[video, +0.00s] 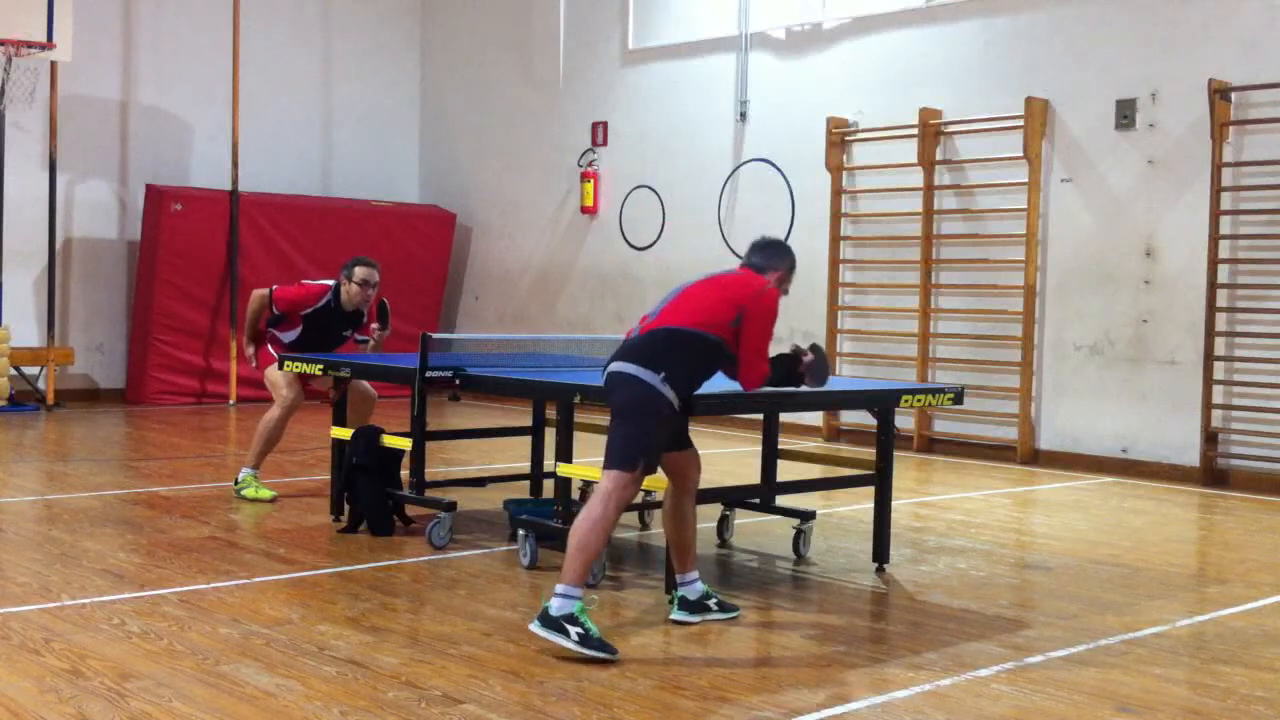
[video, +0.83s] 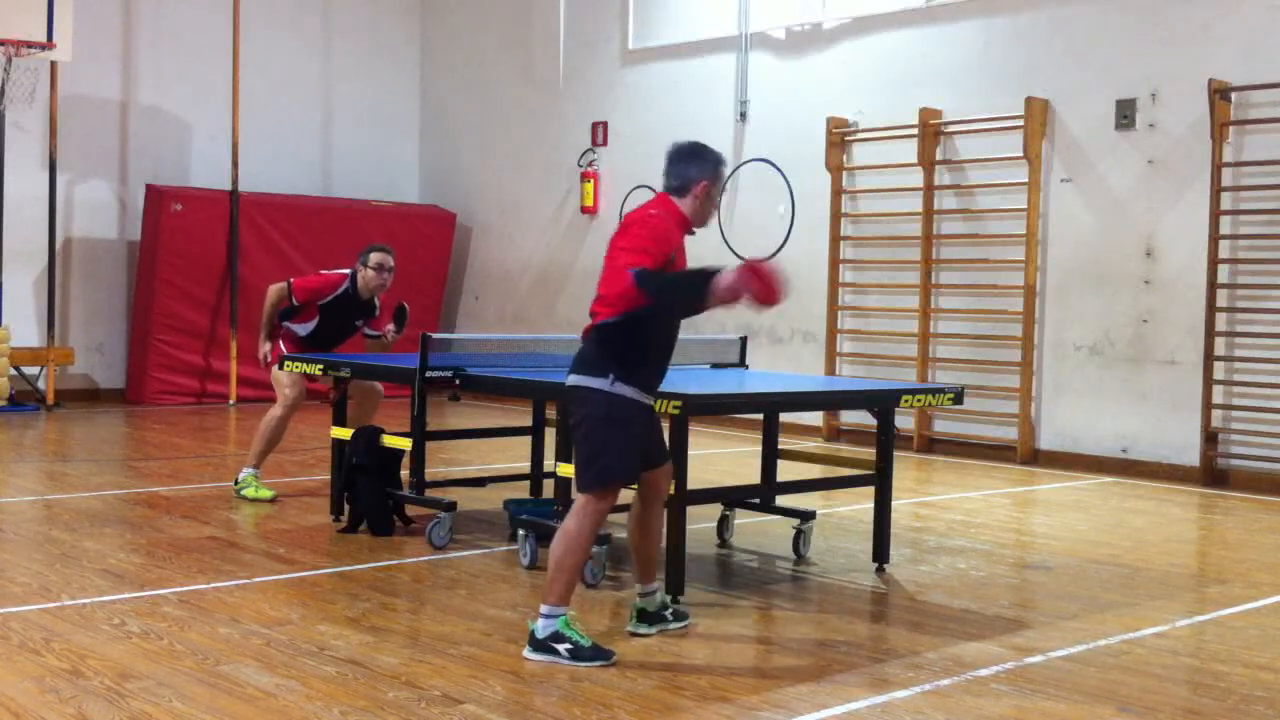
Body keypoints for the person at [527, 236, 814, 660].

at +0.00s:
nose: (783, 293)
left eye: (785, 286)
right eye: (785, 284)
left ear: (750, 264)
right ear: (777, 274)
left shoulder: (720, 284)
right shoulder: (761, 291)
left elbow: (737, 369)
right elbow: (753, 378)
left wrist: (789, 364)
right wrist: (796, 367)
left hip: (634, 372)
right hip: (650, 377)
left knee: (685, 471)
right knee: (618, 487)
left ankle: (689, 592)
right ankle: (561, 607)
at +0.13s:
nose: (775, 273)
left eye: (776, 265)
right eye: (776, 264)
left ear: (738, 250)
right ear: (767, 257)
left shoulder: (709, 271)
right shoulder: (748, 279)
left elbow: (716, 365)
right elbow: (732, 366)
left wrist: (771, 367)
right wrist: (777, 367)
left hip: (629, 374)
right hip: (643, 380)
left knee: (683, 473)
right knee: (616, 492)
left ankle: (689, 592)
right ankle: (558, 613)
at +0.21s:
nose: (760, 261)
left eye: (763, 254)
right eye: (763, 253)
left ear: (725, 236)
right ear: (755, 244)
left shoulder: (696, 261)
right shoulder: (735, 269)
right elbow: (716, 355)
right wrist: (760, 372)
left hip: (626, 372)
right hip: (640, 379)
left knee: (679, 473)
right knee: (613, 496)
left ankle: (688, 592)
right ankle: (555, 619)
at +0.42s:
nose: (726, 218)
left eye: (726, 210)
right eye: (727, 209)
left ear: (687, 200)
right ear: (716, 206)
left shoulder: (666, 238)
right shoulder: (682, 239)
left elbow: (662, 335)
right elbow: (650, 314)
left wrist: (733, 352)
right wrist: (685, 382)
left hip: (619, 385)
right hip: (615, 385)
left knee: (657, 482)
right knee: (600, 502)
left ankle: (682, 590)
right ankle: (549, 625)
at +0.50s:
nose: (715, 209)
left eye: (717, 199)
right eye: (716, 198)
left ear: (675, 190)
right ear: (702, 195)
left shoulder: (663, 232)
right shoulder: (660, 230)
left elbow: (656, 325)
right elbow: (617, 296)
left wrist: (736, 318)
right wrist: (659, 364)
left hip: (622, 387)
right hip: (605, 386)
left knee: (655, 479)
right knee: (592, 504)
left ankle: (673, 592)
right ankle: (547, 625)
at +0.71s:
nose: (709, 196)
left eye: (709, 186)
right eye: (707, 185)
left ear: (672, 180)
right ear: (690, 183)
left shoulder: (657, 228)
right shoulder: (640, 220)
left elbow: (675, 302)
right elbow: (608, 284)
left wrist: (736, 272)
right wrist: (672, 312)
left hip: (627, 388)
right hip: (601, 386)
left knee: (655, 479)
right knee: (588, 501)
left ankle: (649, 602)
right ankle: (547, 626)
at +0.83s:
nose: (718, 204)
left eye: (718, 194)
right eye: (718, 193)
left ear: (681, 183)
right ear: (702, 188)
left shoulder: (667, 230)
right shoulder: (653, 221)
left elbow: (667, 304)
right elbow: (633, 282)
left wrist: (722, 292)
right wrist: (713, 283)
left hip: (632, 389)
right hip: (604, 386)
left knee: (656, 480)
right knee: (595, 498)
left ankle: (649, 603)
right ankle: (547, 626)